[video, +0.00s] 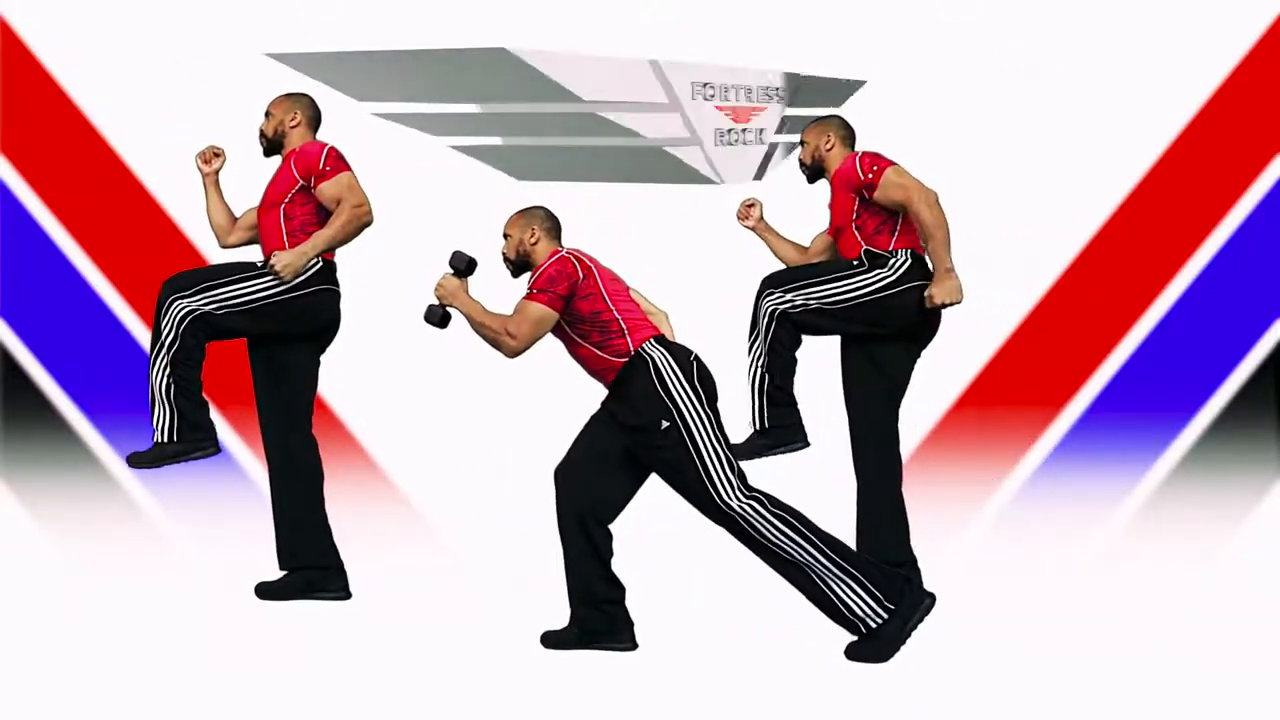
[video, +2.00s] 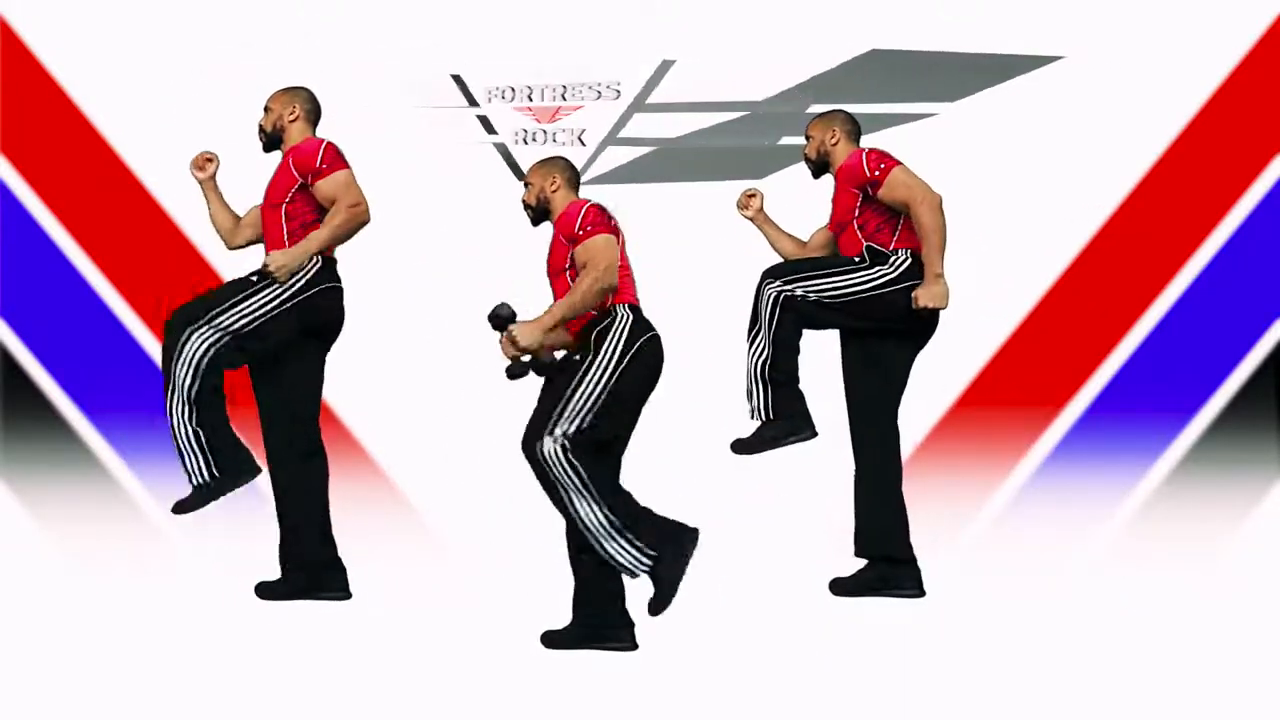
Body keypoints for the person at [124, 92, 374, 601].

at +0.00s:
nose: (261, 126)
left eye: (268, 117)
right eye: (263, 118)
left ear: (295, 120)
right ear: (294, 122)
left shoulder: (315, 154)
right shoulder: (285, 185)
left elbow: (358, 209)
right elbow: (230, 234)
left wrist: (305, 252)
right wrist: (211, 178)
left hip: (296, 284)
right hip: (295, 299)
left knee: (179, 297)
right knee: (288, 441)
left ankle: (185, 430)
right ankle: (316, 571)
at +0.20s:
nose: (263, 125)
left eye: (269, 115)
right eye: (265, 117)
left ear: (294, 115)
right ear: (297, 119)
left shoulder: (316, 155)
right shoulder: (283, 176)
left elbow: (328, 221)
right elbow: (251, 257)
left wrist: (259, 245)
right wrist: (212, 217)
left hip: (299, 282)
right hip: (290, 293)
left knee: (191, 349)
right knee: (285, 436)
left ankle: (227, 482)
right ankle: (315, 572)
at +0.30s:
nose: (263, 124)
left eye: (268, 113)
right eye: (264, 115)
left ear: (292, 113)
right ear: (300, 117)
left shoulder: (314, 154)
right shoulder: (286, 176)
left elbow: (295, 224)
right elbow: (281, 266)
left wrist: (219, 217)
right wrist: (229, 251)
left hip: (298, 286)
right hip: (297, 293)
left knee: (216, 383)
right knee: (286, 430)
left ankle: (261, 529)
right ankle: (315, 569)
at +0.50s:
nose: (259, 118)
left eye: (265, 108)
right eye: (261, 111)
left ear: (291, 108)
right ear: (300, 114)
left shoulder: (303, 148)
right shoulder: (308, 160)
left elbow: (238, 196)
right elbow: (333, 250)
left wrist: (191, 151)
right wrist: (271, 276)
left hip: (294, 286)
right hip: (297, 288)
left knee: (286, 423)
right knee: (288, 425)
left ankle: (308, 579)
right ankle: (325, 571)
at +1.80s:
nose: (261, 114)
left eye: (267, 105)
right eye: (263, 106)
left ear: (290, 108)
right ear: (295, 112)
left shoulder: (310, 149)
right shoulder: (283, 169)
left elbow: (294, 219)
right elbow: (287, 259)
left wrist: (221, 214)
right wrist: (240, 252)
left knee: (278, 417)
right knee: (245, 411)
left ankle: (303, 564)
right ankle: (315, 555)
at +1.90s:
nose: (260, 119)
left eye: (267, 109)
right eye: (262, 111)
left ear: (291, 111)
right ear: (293, 115)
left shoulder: (310, 151)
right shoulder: (283, 174)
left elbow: (329, 216)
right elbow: (268, 260)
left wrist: (255, 241)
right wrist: (217, 220)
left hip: (302, 286)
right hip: (295, 291)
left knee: (216, 374)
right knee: (289, 433)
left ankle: (254, 522)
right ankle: (315, 570)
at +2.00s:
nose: (260, 118)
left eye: (267, 109)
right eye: (262, 111)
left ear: (292, 112)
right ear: (292, 116)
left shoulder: (311, 149)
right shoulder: (287, 177)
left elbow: (354, 209)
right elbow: (236, 234)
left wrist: (299, 253)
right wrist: (208, 183)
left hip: (296, 287)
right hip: (301, 298)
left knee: (189, 332)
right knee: (292, 440)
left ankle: (215, 464)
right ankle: (314, 572)